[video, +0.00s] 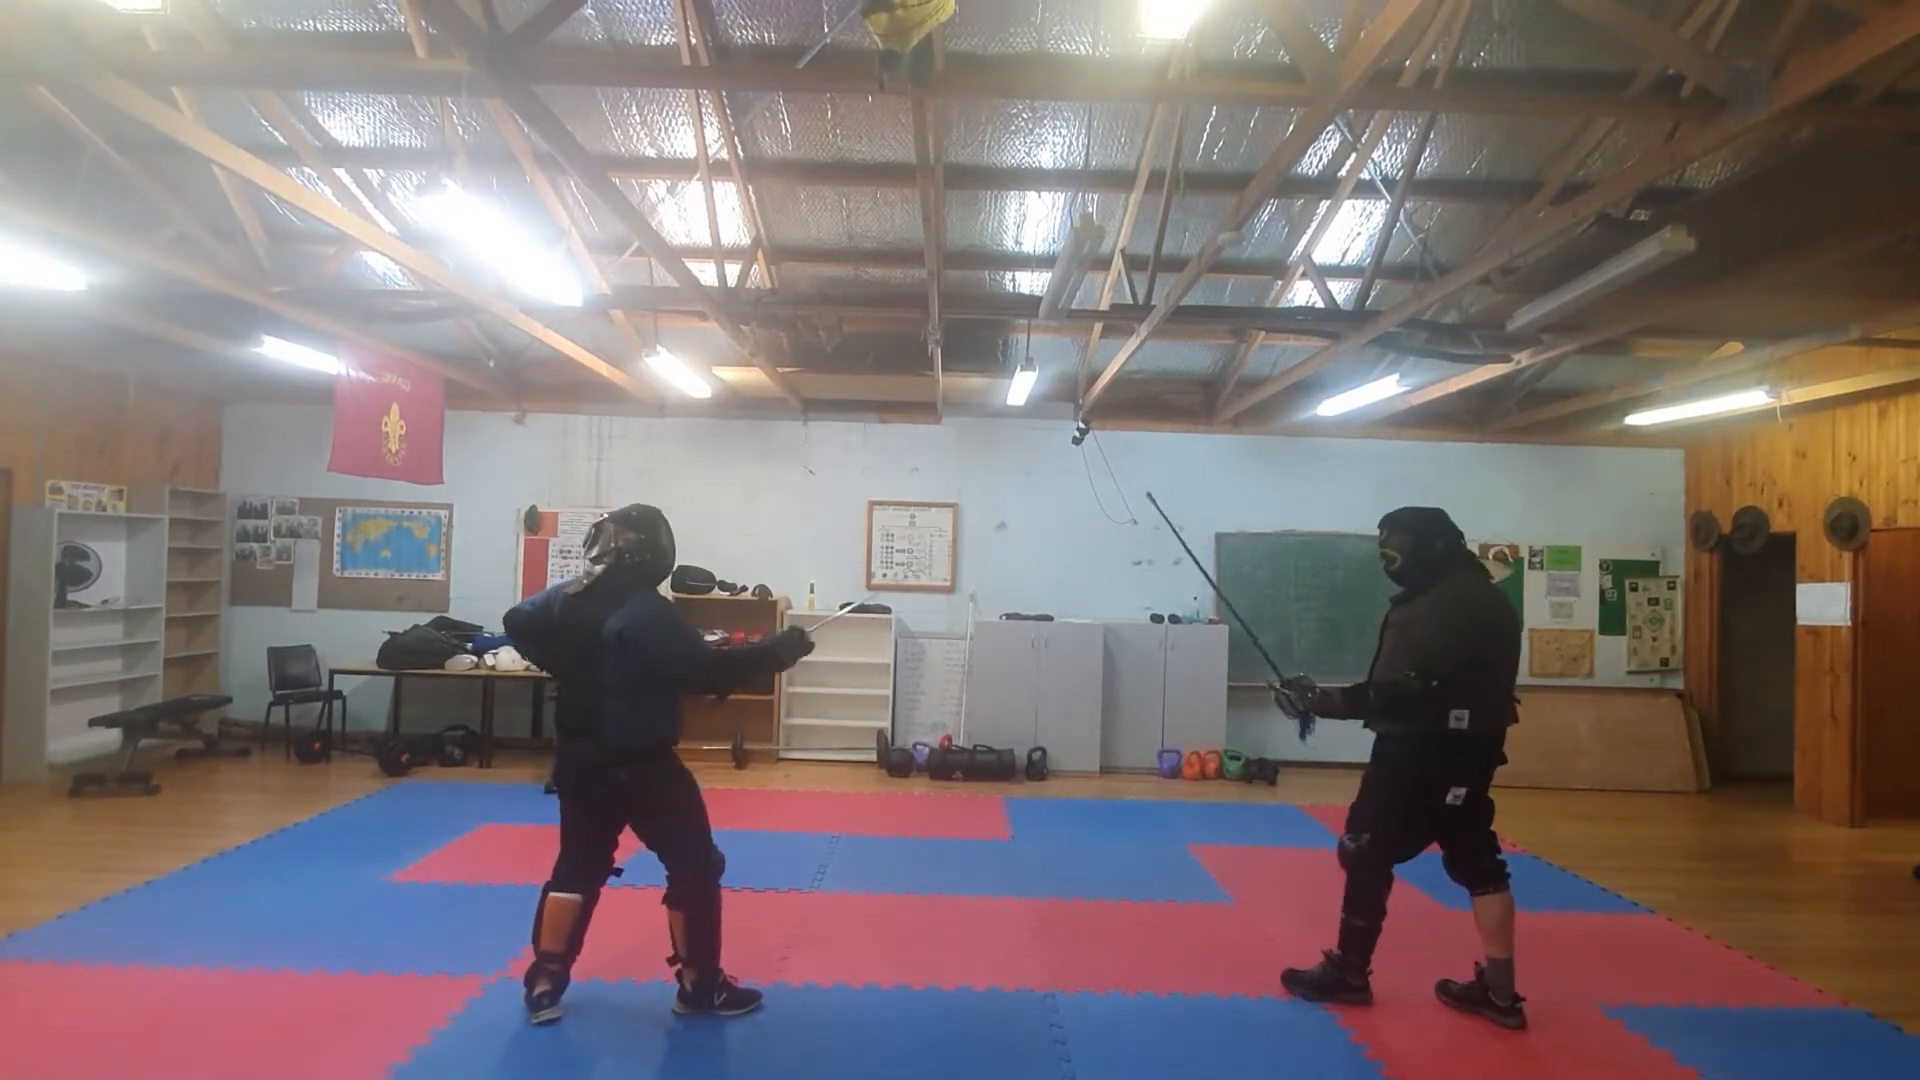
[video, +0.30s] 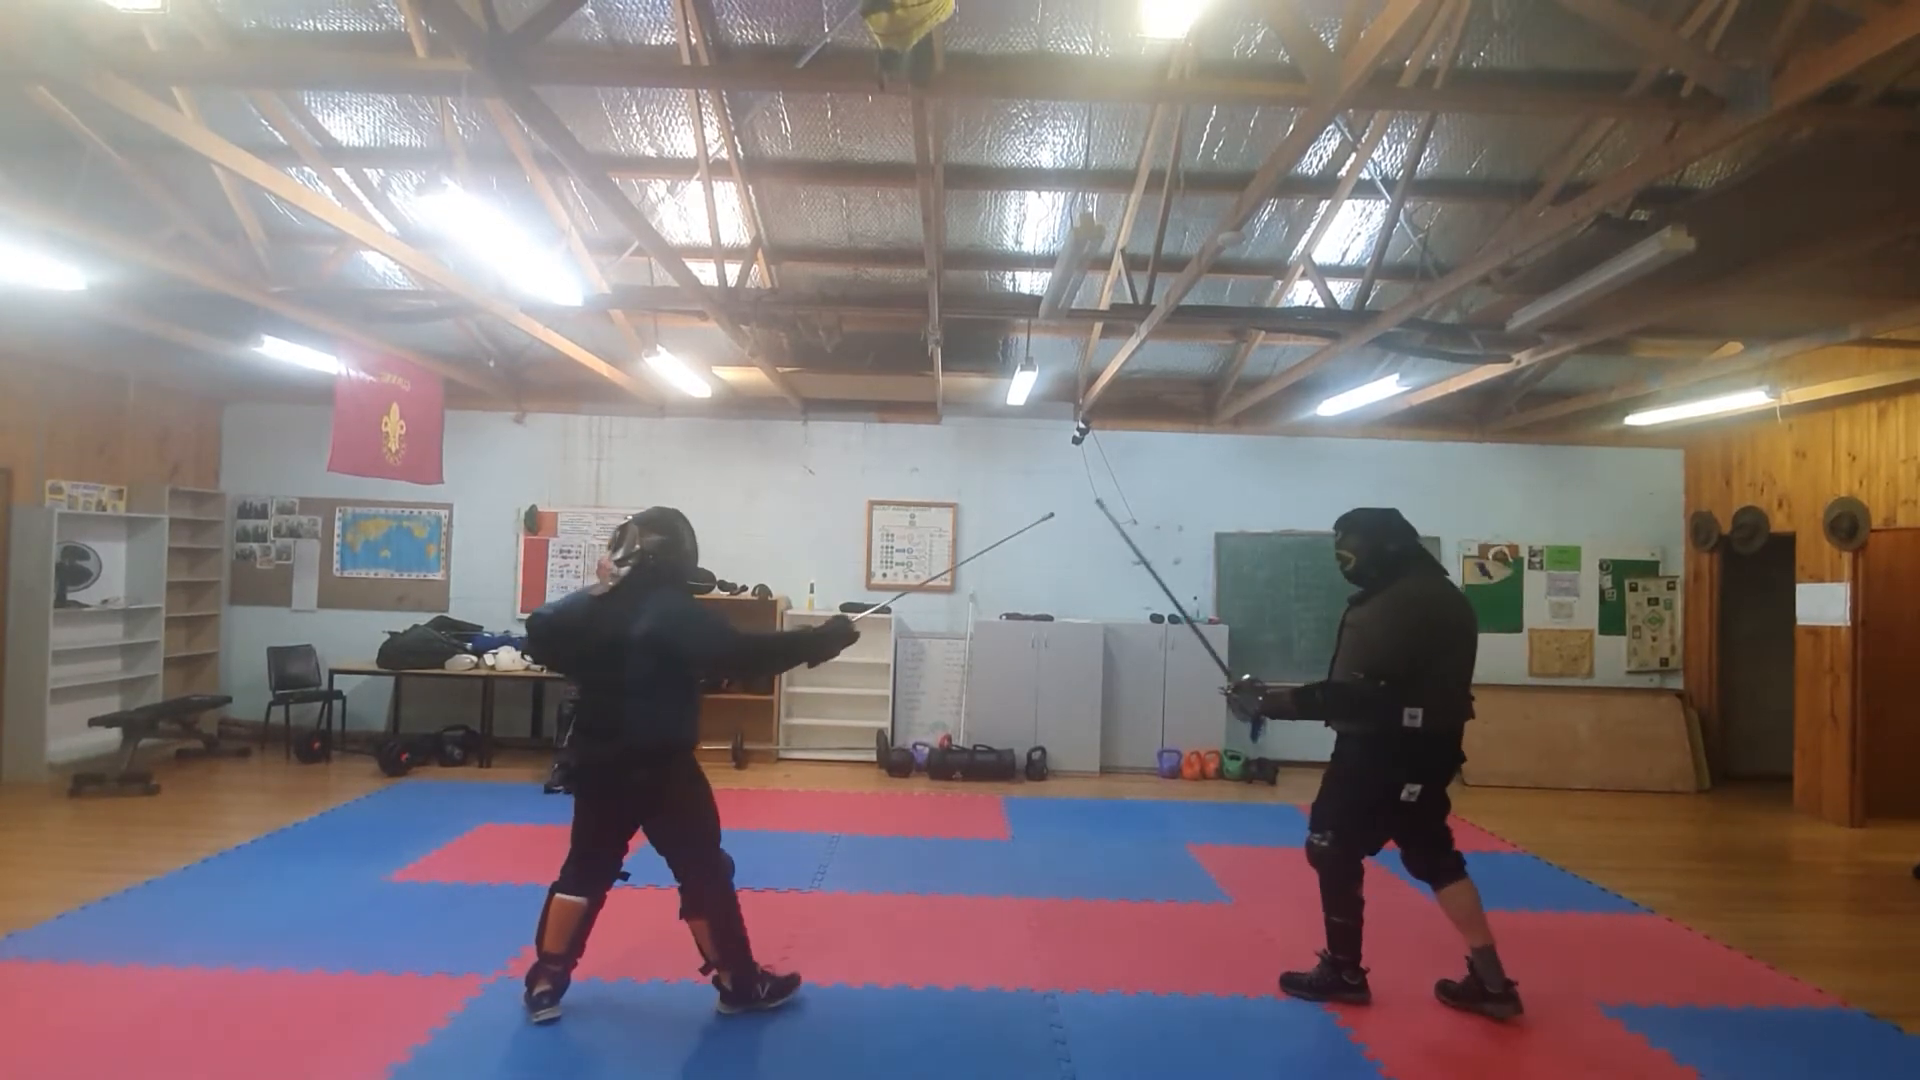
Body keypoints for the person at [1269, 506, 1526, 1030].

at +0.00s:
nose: (1388, 566)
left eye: (1394, 554)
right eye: (1385, 555)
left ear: (1423, 548)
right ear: (1442, 546)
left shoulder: (1421, 609)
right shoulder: (1491, 601)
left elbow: (1395, 700)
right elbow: (1495, 699)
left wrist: (1319, 699)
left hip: (1413, 757)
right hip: (1472, 758)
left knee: (1366, 852)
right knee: (1479, 864)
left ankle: (1349, 970)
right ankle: (1499, 989)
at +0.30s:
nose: (1342, 564)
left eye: (1348, 553)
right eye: (1339, 554)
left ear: (1379, 548)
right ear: (1399, 544)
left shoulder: (1378, 609)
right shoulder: (1449, 599)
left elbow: (1351, 696)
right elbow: (1449, 693)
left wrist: (1271, 701)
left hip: (1372, 754)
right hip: (1431, 754)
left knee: (1332, 847)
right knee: (1433, 854)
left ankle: (1343, 968)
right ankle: (1490, 978)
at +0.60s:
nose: (1332, 563)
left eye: (1339, 553)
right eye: (1330, 553)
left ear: (1371, 549)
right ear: (1389, 547)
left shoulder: (1368, 606)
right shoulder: (1432, 597)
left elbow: (1336, 688)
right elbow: (1430, 691)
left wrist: (1256, 696)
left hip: (1362, 749)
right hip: (1419, 747)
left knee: (1318, 843)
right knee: (1414, 840)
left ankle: (1340, 967)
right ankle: (1491, 955)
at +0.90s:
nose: (1367, 569)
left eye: (1372, 558)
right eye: (1365, 559)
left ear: (1399, 555)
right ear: (1421, 551)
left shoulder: (1404, 610)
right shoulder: (1472, 603)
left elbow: (1370, 684)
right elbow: (1472, 689)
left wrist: (1282, 690)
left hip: (1397, 758)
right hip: (1456, 757)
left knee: (1340, 844)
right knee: (1476, 857)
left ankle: (1343, 970)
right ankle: (1512, 973)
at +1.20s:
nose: (1396, 567)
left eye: (1401, 556)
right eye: (1393, 557)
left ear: (1431, 551)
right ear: (1454, 549)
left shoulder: (1433, 607)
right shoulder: (1502, 604)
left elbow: (1393, 675)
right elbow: (1502, 690)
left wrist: (1304, 679)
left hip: (1423, 755)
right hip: (1482, 754)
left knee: (1372, 847)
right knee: (1496, 856)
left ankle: (1349, 968)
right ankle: (1515, 975)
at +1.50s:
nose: (1392, 568)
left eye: (1396, 556)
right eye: (1389, 558)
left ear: (1426, 552)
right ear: (1448, 549)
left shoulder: (1423, 610)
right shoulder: (1496, 606)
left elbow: (1386, 682)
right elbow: (1490, 694)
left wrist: (1292, 681)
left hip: (1409, 757)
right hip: (1469, 757)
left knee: (1355, 846)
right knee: (1485, 858)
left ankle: (1346, 968)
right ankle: (1514, 974)